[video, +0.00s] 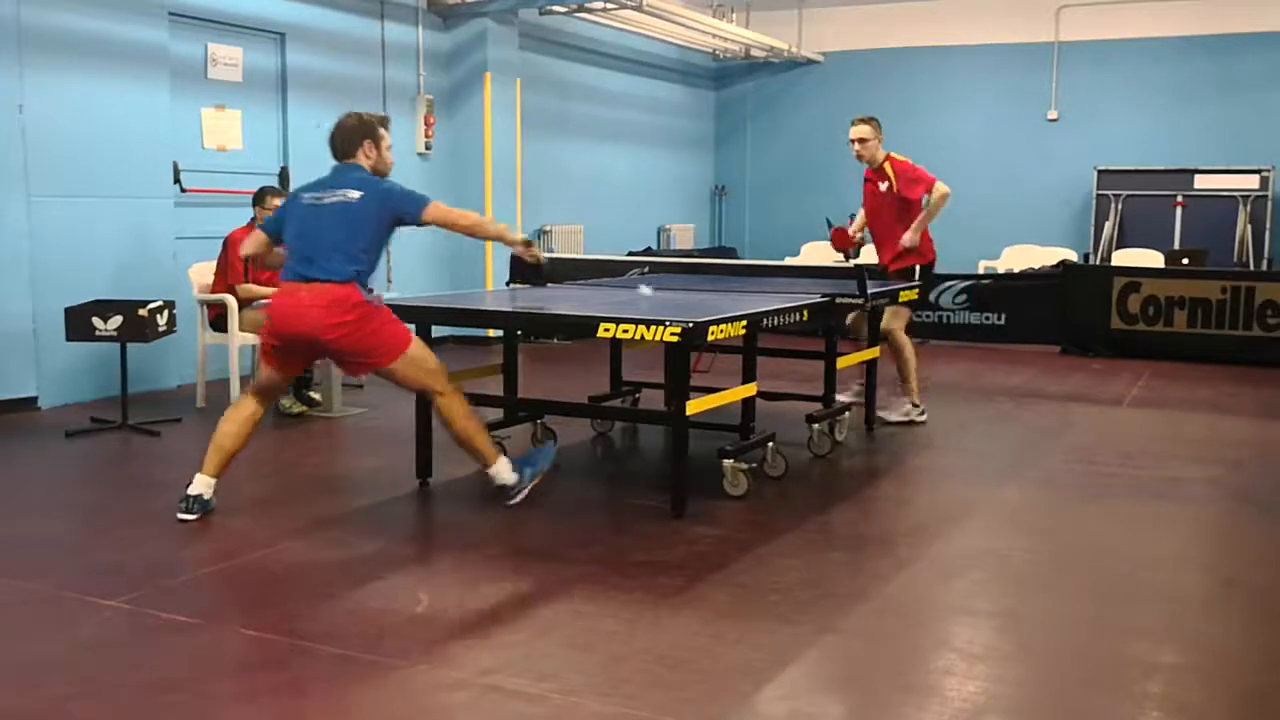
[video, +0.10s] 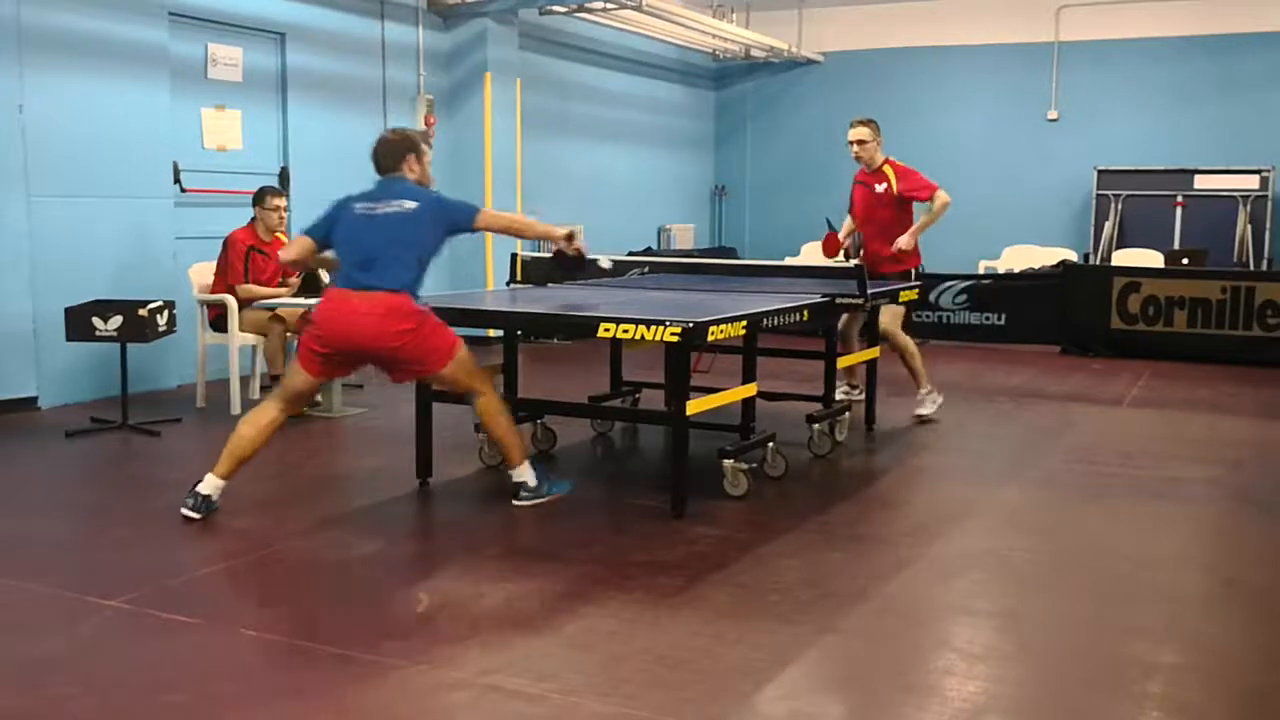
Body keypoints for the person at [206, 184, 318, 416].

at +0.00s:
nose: (276, 216)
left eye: (281, 210)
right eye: (271, 209)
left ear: (286, 213)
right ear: (257, 211)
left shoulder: (280, 241)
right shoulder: (238, 239)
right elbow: (242, 289)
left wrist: (294, 289)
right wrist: (284, 293)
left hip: (258, 304)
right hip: (226, 310)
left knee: (302, 312)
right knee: (284, 320)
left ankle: (302, 386)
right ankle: (281, 395)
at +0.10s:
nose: (282, 215)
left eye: (285, 210)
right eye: (275, 210)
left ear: (287, 211)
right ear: (258, 212)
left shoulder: (281, 242)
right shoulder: (238, 240)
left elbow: (283, 280)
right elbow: (242, 291)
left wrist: (293, 282)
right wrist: (284, 291)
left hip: (260, 308)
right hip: (226, 312)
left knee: (309, 320)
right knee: (276, 325)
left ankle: (307, 389)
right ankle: (278, 390)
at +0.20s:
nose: (282, 215)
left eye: (285, 210)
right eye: (275, 210)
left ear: (286, 211)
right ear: (258, 212)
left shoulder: (281, 240)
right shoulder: (237, 240)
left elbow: (290, 279)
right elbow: (242, 291)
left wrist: (306, 282)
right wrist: (287, 291)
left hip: (263, 307)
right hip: (227, 311)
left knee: (312, 322)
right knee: (276, 325)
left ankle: (302, 391)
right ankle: (280, 396)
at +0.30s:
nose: (283, 215)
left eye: (285, 210)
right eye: (276, 210)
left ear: (287, 211)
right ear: (258, 212)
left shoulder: (281, 240)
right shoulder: (237, 240)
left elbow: (291, 279)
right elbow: (241, 291)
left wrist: (313, 282)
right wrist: (288, 292)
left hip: (261, 308)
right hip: (226, 312)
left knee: (312, 322)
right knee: (276, 326)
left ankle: (303, 389)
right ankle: (281, 396)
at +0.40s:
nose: (284, 215)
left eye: (286, 210)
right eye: (277, 210)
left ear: (288, 212)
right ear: (259, 212)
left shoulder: (281, 241)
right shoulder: (238, 240)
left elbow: (291, 279)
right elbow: (242, 291)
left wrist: (310, 283)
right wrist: (287, 292)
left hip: (258, 308)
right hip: (225, 312)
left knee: (312, 322)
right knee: (276, 325)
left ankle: (303, 389)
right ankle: (281, 397)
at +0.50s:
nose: (285, 216)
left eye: (287, 210)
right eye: (278, 210)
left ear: (288, 212)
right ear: (259, 212)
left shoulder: (282, 242)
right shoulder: (237, 241)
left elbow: (291, 280)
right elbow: (242, 291)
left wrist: (311, 284)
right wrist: (288, 292)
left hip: (259, 308)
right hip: (226, 312)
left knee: (313, 322)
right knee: (276, 325)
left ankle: (303, 390)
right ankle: (281, 396)